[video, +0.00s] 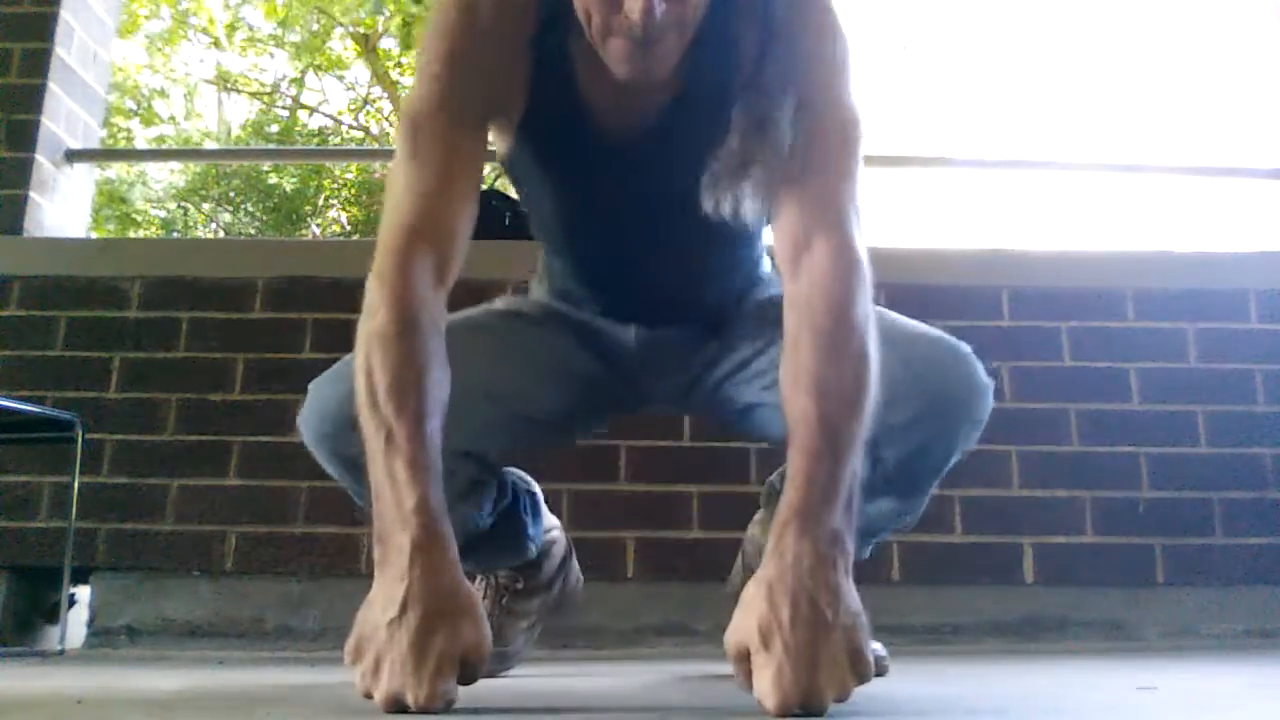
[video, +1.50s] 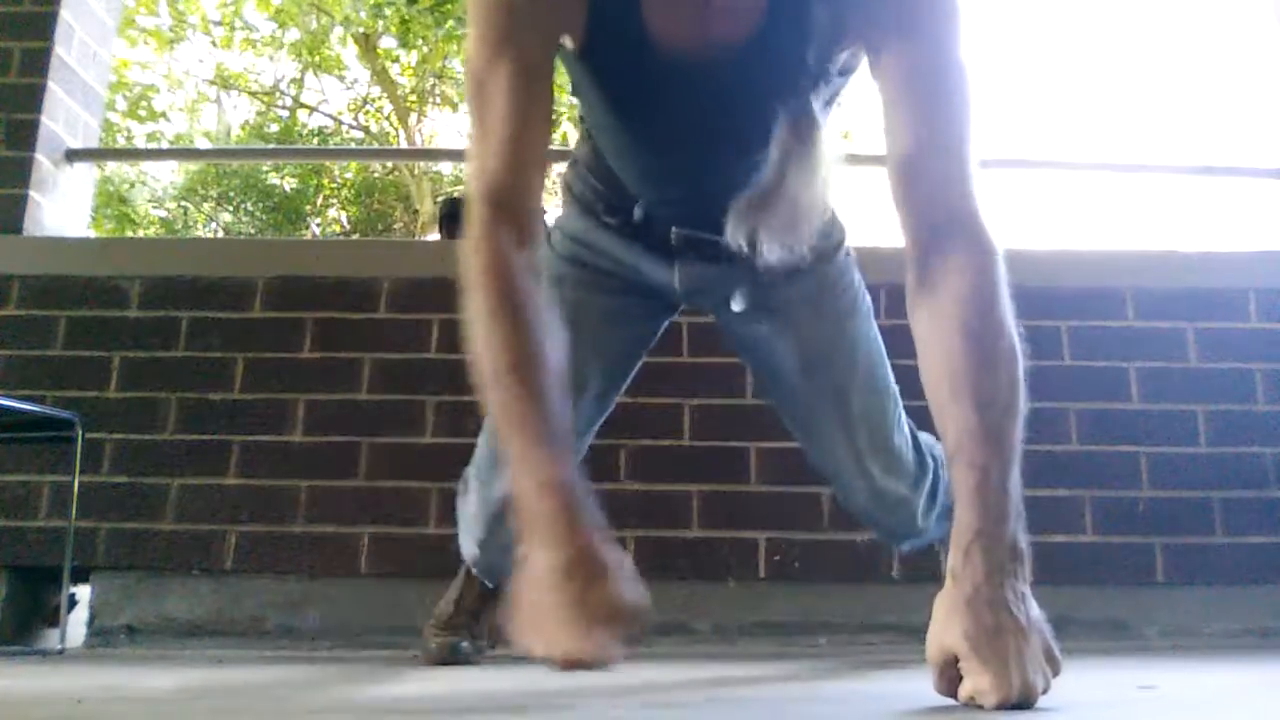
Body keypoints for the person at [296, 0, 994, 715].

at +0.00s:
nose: (629, 24)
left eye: (662, 4)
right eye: (603, 3)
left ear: (709, 1)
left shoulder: (791, 27)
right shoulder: (484, 24)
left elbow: (822, 257)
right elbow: (411, 280)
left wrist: (812, 546)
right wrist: (411, 559)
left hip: (740, 331)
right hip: (565, 330)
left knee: (947, 386)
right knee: (341, 413)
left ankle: (788, 570)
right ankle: (522, 558)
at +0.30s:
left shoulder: (797, 11)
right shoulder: (429, 8)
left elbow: (818, 225)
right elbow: (393, 233)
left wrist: (799, 558)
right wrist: (398, 554)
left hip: (730, 236)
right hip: (550, 236)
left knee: (908, 420)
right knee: (341, 414)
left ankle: (833, 570)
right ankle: (528, 560)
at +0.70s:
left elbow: (826, 212)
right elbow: (367, 233)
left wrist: (806, 557)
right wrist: (365, 568)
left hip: (750, 209)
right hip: (566, 190)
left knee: (869, 492)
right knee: (350, 426)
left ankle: (935, 549)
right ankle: (511, 526)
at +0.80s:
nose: (620, 69)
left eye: (655, 45)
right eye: (606, 53)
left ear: (721, 6)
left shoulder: (812, 11)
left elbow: (846, 200)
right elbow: (375, 239)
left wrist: (843, 533)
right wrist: (364, 560)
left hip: (749, 209)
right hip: (556, 202)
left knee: (848, 460)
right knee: (413, 505)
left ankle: (937, 539)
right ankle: (491, 524)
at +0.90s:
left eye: (722, 38)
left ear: (765, 22)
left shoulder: (838, 8)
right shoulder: (427, 6)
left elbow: (889, 203)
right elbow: (384, 240)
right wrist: (364, 563)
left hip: (743, 228)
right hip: (551, 228)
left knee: (886, 510)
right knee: (442, 544)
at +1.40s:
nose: (723, 15)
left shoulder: (891, 10)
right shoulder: (535, 2)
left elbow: (950, 258)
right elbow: (448, 241)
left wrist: (990, 568)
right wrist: (456, 535)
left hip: (775, 249)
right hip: (599, 242)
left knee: (886, 504)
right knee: (490, 506)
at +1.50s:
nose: (708, 25)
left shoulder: (895, 11)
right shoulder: (530, 9)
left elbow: (947, 247)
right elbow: (499, 226)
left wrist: (991, 563)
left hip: (785, 248)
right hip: (609, 238)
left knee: (889, 492)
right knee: (504, 490)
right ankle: (487, 570)